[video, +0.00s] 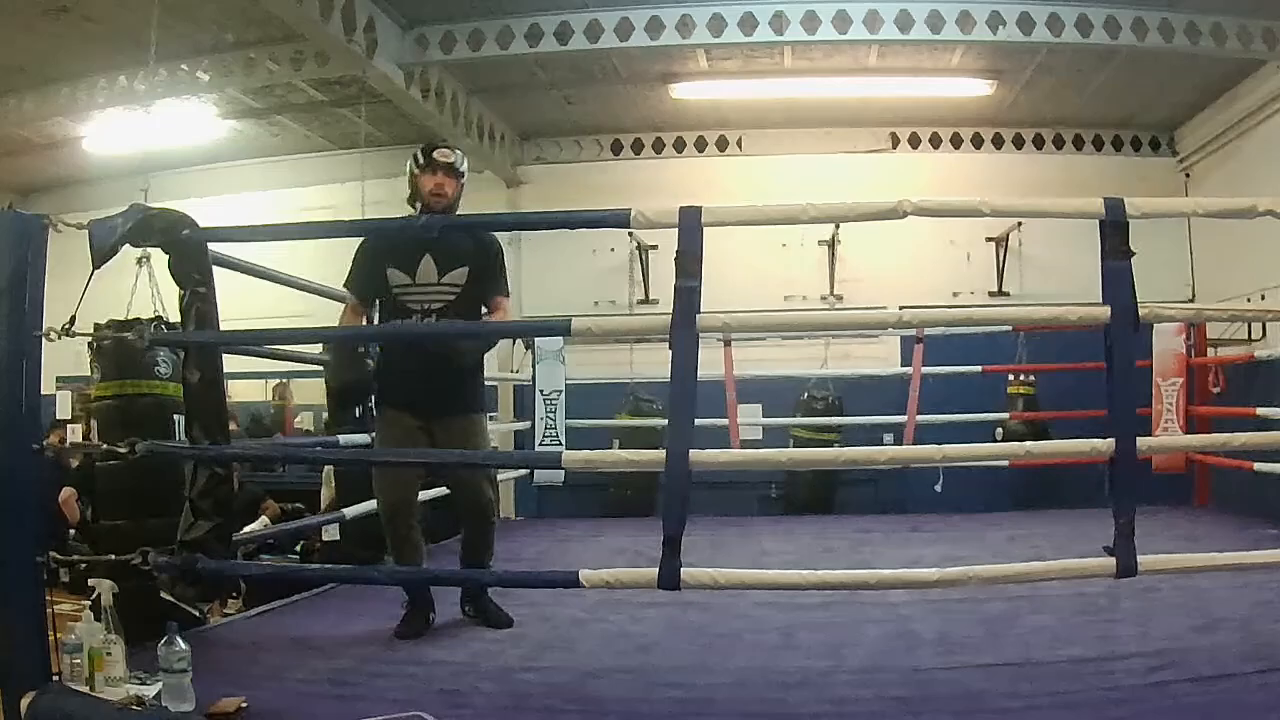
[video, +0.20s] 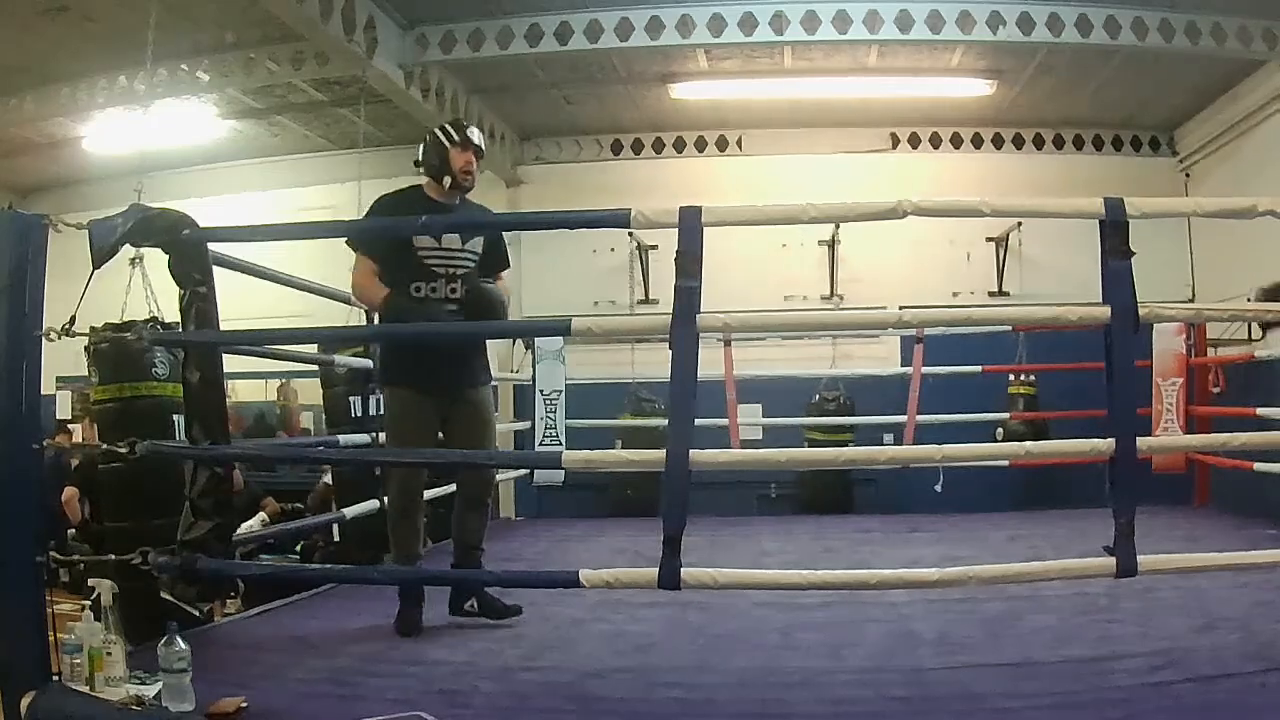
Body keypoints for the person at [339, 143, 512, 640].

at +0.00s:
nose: (439, 181)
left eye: (448, 174)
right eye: (430, 171)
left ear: (460, 185)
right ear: (413, 180)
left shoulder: (481, 244)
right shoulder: (380, 242)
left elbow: (501, 314)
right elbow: (353, 313)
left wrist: (472, 342)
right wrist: (348, 362)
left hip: (461, 400)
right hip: (398, 399)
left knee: (480, 502)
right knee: (396, 505)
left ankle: (475, 594)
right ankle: (418, 602)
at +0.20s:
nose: (472, 161)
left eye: (476, 155)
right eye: (464, 150)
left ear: (477, 164)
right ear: (436, 151)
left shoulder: (482, 220)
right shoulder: (391, 207)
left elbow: (501, 297)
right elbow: (361, 282)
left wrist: (490, 302)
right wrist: (407, 308)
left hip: (469, 371)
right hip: (409, 371)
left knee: (478, 477)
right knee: (406, 484)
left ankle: (468, 587)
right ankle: (409, 594)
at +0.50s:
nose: (499, 176)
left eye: (499, 169)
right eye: (491, 166)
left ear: (485, 177)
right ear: (464, 167)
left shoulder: (483, 235)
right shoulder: (432, 224)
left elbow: (477, 303)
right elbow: (408, 298)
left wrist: (513, 305)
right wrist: (475, 312)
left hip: (487, 384)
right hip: (444, 385)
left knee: (490, 489)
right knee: (444, 489)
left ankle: (469, 600)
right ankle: (409, 599)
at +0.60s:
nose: (514, 183)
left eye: (514, 176)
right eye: (508, 173)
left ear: (487, 177)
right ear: (481, 173)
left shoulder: (489, 235)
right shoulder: (445, 225)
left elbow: (487, 298)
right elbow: (436, 300)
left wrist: (529, 302)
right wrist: (506, 302)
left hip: (494, 383)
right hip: (458, 383)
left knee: (494, 491)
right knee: (470, 486)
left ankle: (468, 599)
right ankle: (420, 583)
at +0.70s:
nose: (527, 199)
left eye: (530, 190)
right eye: (525, 189)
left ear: (498, 181)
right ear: (507, 182)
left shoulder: (499, 233)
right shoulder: (457, 224)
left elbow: (517, 309)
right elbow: (482, 293)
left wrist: (553, 274)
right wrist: (532, 260)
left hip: (498, 381)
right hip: (467, 380)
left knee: (495, 483)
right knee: (494, 480)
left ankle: (470, 596)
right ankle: (455, 595)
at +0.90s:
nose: (558, 207)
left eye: (561, 198)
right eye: (554, 195)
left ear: (539, 192)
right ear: (532, 187)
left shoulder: (528, 235)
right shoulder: (488, 226)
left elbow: (566, 302)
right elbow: (543, 283)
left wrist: (596, 241)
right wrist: (584, 230)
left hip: (523, 381)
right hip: (496, 381)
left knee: (506, 491)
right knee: (529, 487)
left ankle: (469, 598)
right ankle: (536, 616)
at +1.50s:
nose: (723, 199)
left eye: (723, 191)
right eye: (714, 191)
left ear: (721, 193)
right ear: (683, 189)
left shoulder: (714, 249)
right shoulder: (640, 231)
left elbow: (784, 279)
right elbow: (658, 297)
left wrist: (828, 235)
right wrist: (702, 253)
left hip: (689, 395)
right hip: (628, 394)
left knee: (738, 486)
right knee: (601, 498)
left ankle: (745, 599)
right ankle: (549, 609)